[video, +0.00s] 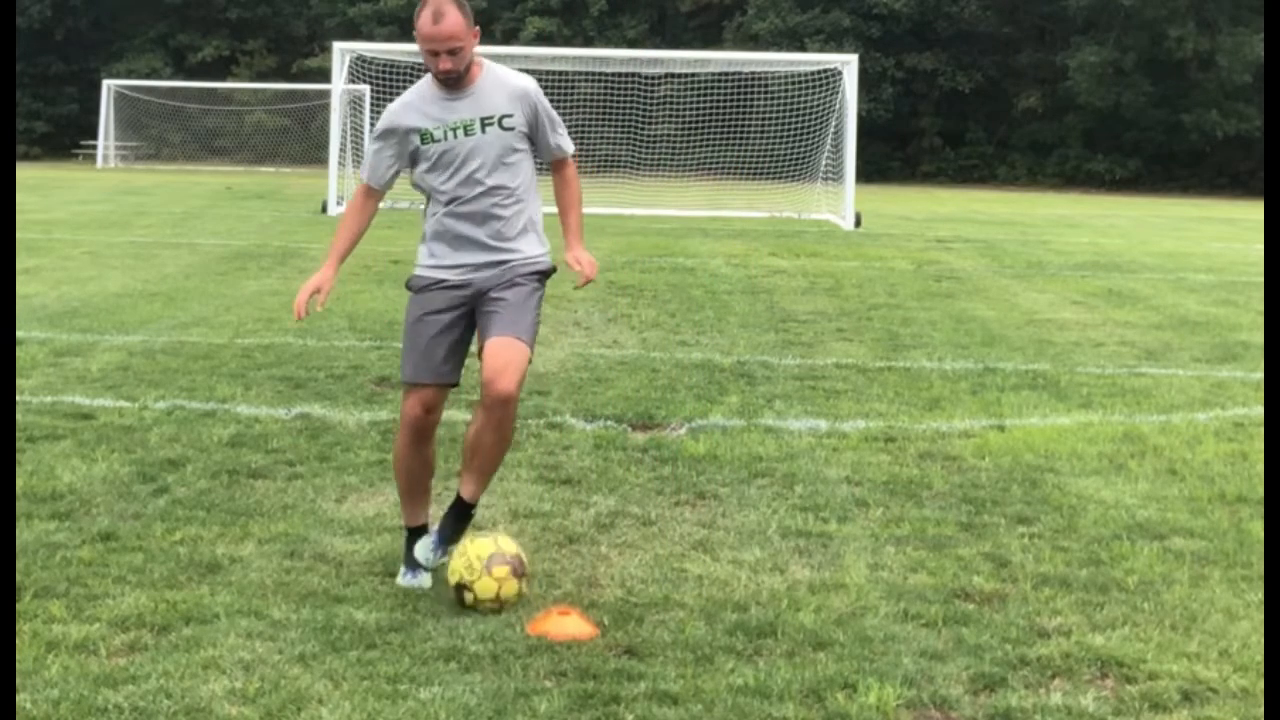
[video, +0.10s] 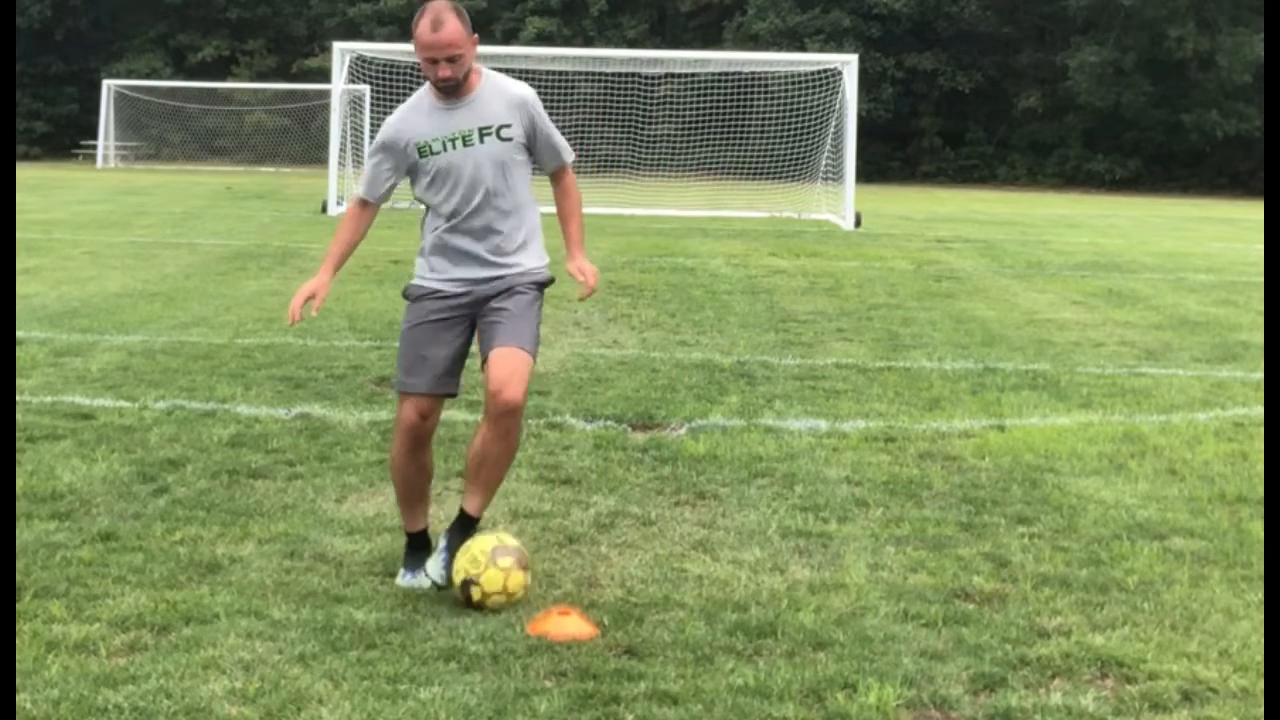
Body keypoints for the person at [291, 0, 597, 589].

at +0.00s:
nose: (443, 64)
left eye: (453, 52)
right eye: (432, 54)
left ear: (475, 35)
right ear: (418, 44)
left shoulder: (519, 92)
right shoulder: (404, 113)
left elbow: (563, 163)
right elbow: (367, 194)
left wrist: (573, 242)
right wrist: (329, 266)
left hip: (516, 268)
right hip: (440, 273)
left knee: (502, 390)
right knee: (420, 411)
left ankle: (454, 526)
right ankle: (415, 548)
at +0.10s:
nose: (444, 72)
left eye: (454, 58)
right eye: (431, 62)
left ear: (474, 43)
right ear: (416, 54)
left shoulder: (516, 99)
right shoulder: (403, 126)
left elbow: (562, 171)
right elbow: (364, 204)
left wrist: (575, 250)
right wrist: (325, 272)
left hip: (515, 277)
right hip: (440, 282)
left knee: (508, 399)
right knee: (414, 419)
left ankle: (462, 536)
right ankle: (417, 549)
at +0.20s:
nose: (443, 74)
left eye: (453, 61)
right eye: (431, 64)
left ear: (474, 46)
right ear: (416, 56)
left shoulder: (516, 102)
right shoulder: (405, 126)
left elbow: (561, 175)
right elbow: (365, 208)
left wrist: (576, 256)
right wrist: (325, 274)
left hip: (515, 282)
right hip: (439, 288)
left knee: (516, 403)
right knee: (411, 418)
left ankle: (467, 545)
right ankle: (415, 551)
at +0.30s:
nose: (448, 73)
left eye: (457, 59)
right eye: (434, 63)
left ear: (476, 44)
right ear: (418, 54)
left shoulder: (517, 99)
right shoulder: (407, 123)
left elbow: (562, 174)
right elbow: (369, 205)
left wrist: (576, 255)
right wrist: (329, 272)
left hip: (517, 281)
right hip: (440, 288)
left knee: (527, 401)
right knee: (411, 419)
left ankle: (484, 538)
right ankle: (414, 550)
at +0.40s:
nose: (450, 67)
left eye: (459, 54)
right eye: (437, 57)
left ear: (479, 36)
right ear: (421, 46)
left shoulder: (520, 93)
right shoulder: (408, 115)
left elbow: (564, 168)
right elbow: (376, 200)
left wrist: (575, 247)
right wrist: (336, 266)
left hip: (521, 275)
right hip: (443, 282)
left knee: (542, 394)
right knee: (418, 416)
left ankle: (502, 529)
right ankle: (415, 549)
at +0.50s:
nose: (458, 57)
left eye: (468, 45)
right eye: (446, 47)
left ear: (484, 30)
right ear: (426, 37)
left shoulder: (524, 84)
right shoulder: (411, 105)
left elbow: (565, 157)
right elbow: (382, 191)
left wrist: (575, 237)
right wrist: (346, 260)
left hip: (527, 265)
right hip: (448, 275)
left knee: (556, 384)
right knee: (427, 407)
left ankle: (524, 514)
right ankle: (417, 546)